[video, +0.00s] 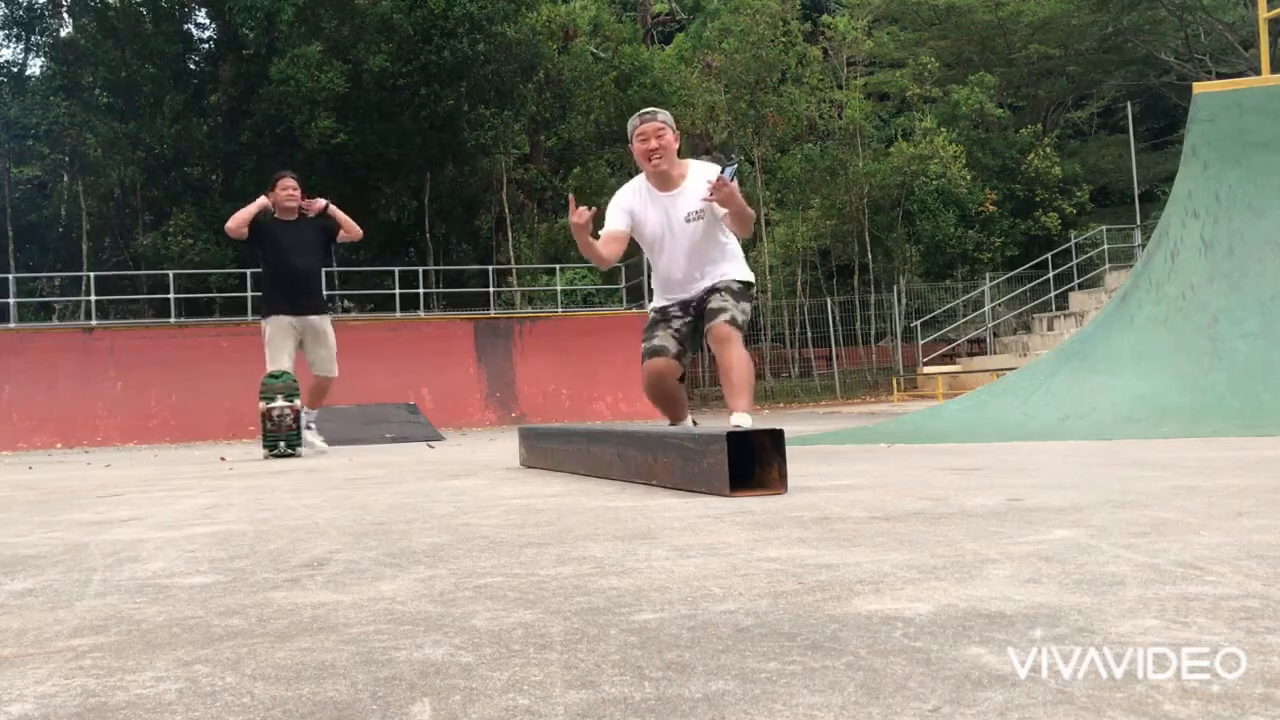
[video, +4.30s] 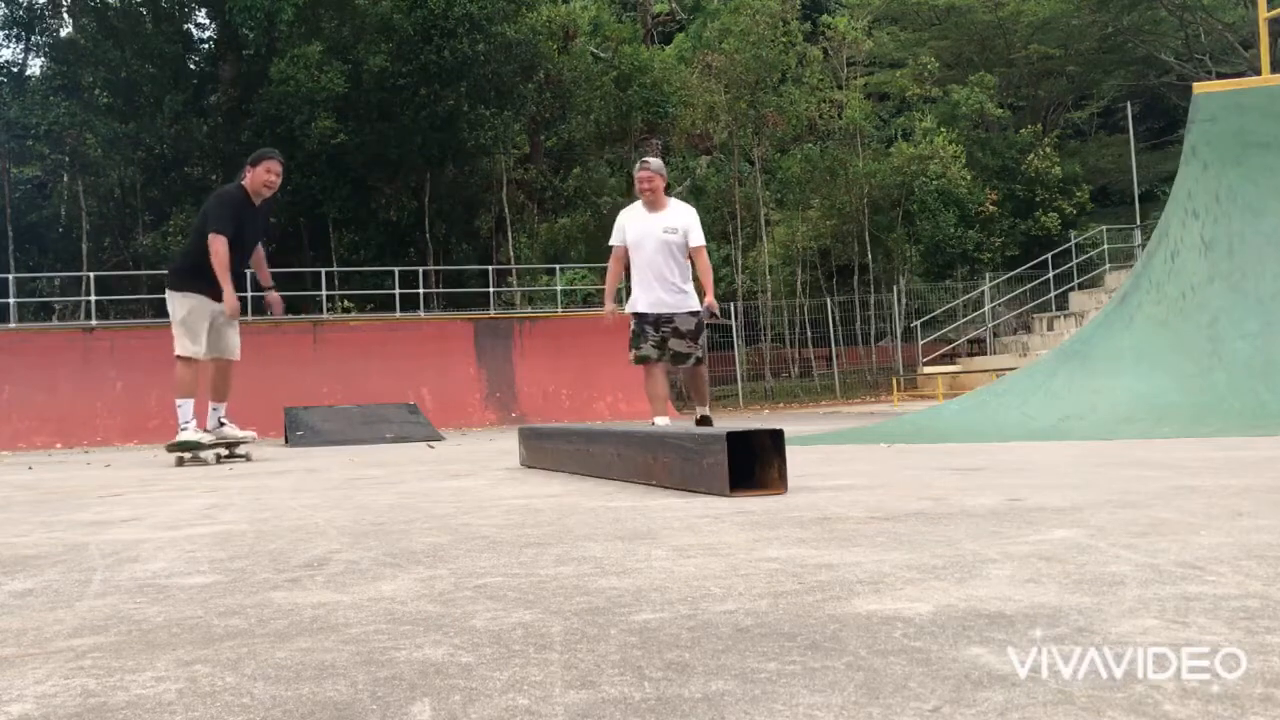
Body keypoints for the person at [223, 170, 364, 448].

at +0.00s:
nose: (292, 192)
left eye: (295, 188)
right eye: (285, 189)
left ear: (302, 196)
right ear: (272, 197)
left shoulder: (317, 223)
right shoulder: (263, 225)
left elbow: (355, 233)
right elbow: (232, 228)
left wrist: (327, 207)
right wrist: (259, 203)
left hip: (315, 312)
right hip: (278, 313)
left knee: (327, 374)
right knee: (279, 377)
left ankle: (306, 423)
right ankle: (283, 434)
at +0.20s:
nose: (292, 200)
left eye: (296, 196)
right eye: (285, 197)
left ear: (303, 204)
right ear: (275, 206)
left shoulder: (316, 236)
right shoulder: (263, 235)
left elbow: (346, 269)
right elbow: (232, 272)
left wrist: (341, 249)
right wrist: (246, 253)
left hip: (310, 321)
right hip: (276, 321)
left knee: (302, 383)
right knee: (278, 382)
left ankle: (296, 435)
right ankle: (278, 439)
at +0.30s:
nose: (294, 202)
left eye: (297, 198)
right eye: (287, 199)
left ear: (304, 206)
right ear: (276, 207)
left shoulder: (317, 236)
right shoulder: (262, 236)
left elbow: (329, 275)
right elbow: (241, 271)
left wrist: (344, 279)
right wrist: (241, 286)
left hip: (309, 322)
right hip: (276, 322)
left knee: (301, 384)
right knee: (280, 382)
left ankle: (295, 436)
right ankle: (280, 440)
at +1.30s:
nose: (252, 216)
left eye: (256, 211)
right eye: (246, 212)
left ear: (262, 215)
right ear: (235, 217)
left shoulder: (274, 239)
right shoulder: (227, 247)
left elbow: (289, 273)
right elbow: (215, 286)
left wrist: (299, 302)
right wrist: (231, 263)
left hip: (277, 324)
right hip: (242, 327)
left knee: (285, 377)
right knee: (245, 383)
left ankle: (277, 431)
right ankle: (248, 438)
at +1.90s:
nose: (257, 231)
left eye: (261, 227)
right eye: (251, 227)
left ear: (266, 229)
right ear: (239, 228)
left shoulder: (269, 254)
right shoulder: (227, 255)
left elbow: (278, 290)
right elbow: (216, 292)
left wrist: (290, 323)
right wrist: (232, 303)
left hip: (269, 331)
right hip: (241, 332)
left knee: (272, 386)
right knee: (245, 385)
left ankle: (267, 438)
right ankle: (246, 439)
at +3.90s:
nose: (267, 196)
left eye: (272, 191)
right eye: (262, 189)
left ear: (275, 195)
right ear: (245, 188)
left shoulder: (267, 221)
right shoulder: (225, 215)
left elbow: (284, 256)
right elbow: (193, 251)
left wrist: (299, 292)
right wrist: (180, 299)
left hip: (239, 298)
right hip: (213, 296)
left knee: (247, 358)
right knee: (234, 355)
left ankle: (227, 422)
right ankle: (225, 423)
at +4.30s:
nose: (273, 180)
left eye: (278, 176)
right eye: (268, 172)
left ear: (280, 181)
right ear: (249, 171)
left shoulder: (260, 209)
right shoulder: (226, 199)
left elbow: (255, 250)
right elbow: (217, 246)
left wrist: (268, 288)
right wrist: (229, 293)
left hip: (222, 291)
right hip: (190, 288)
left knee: (224, 355)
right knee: (189, 355)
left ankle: (216, 423)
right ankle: (186, 427)